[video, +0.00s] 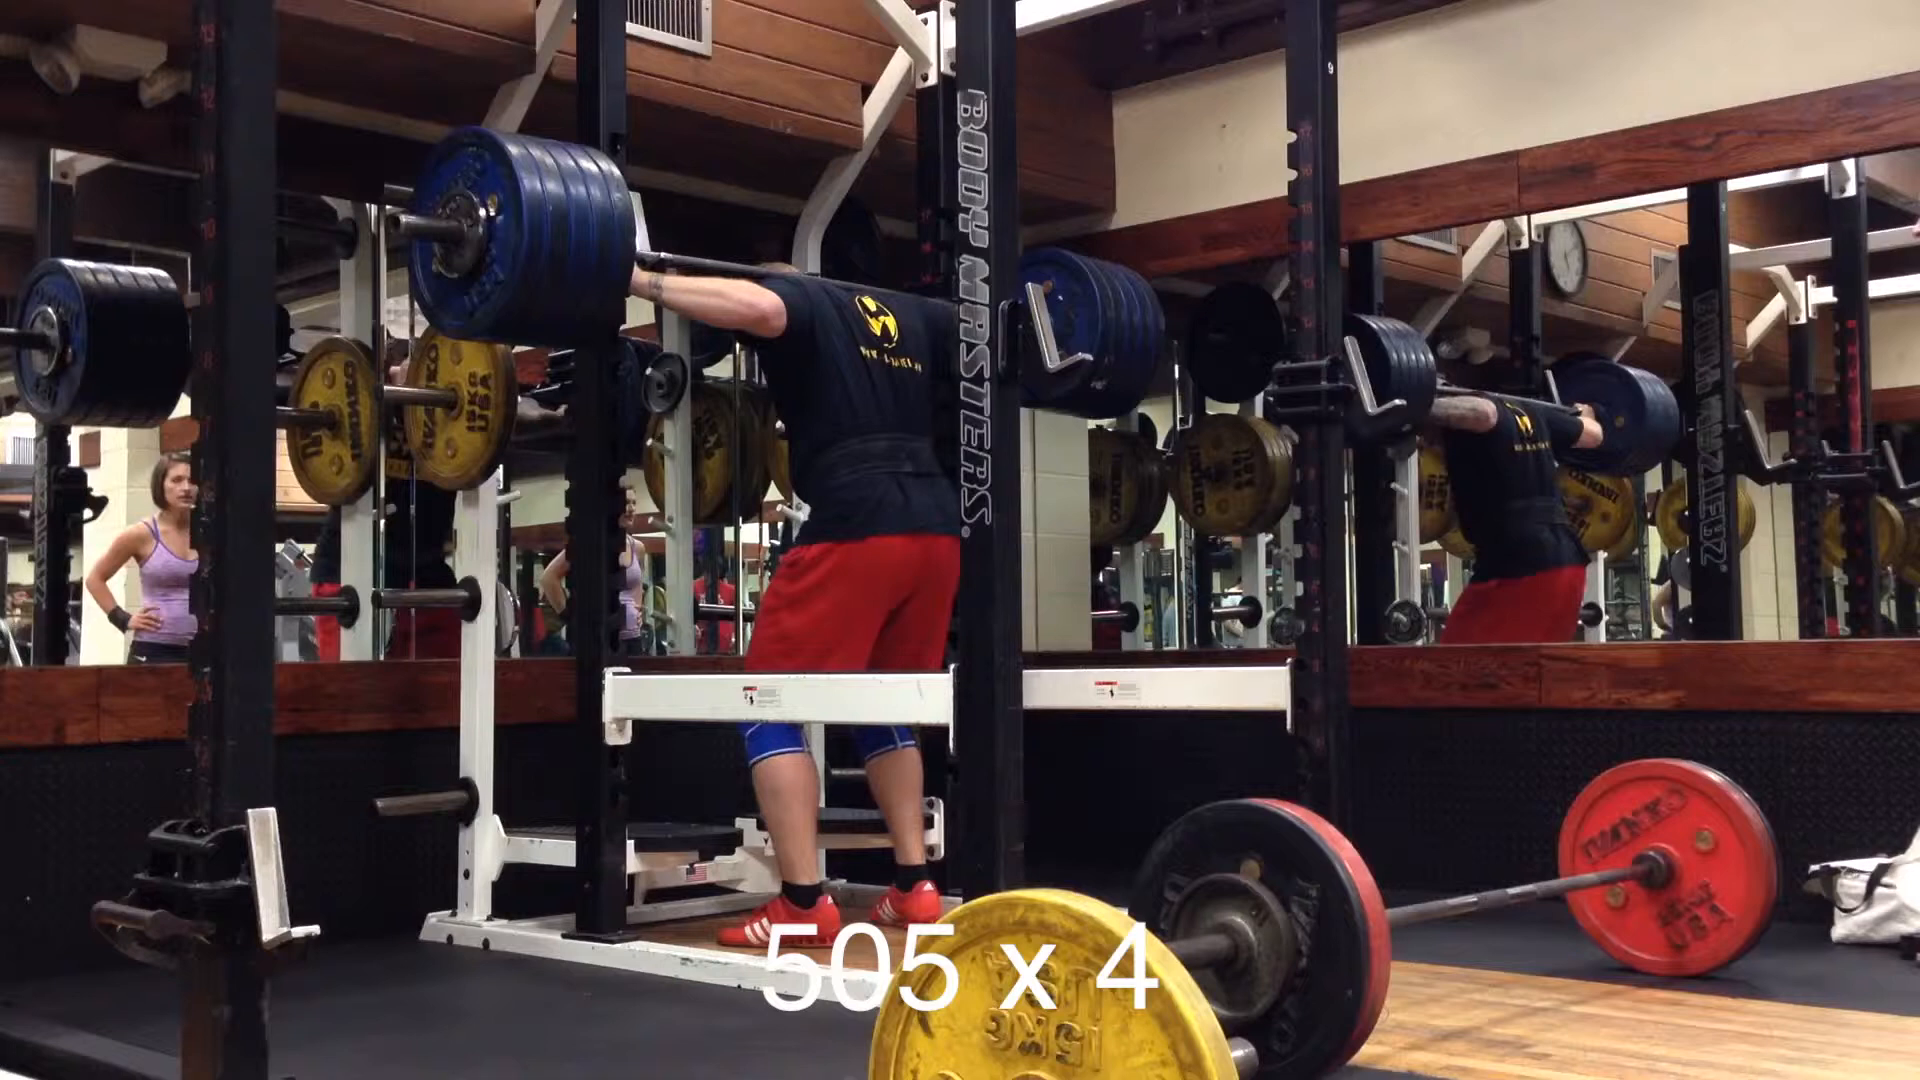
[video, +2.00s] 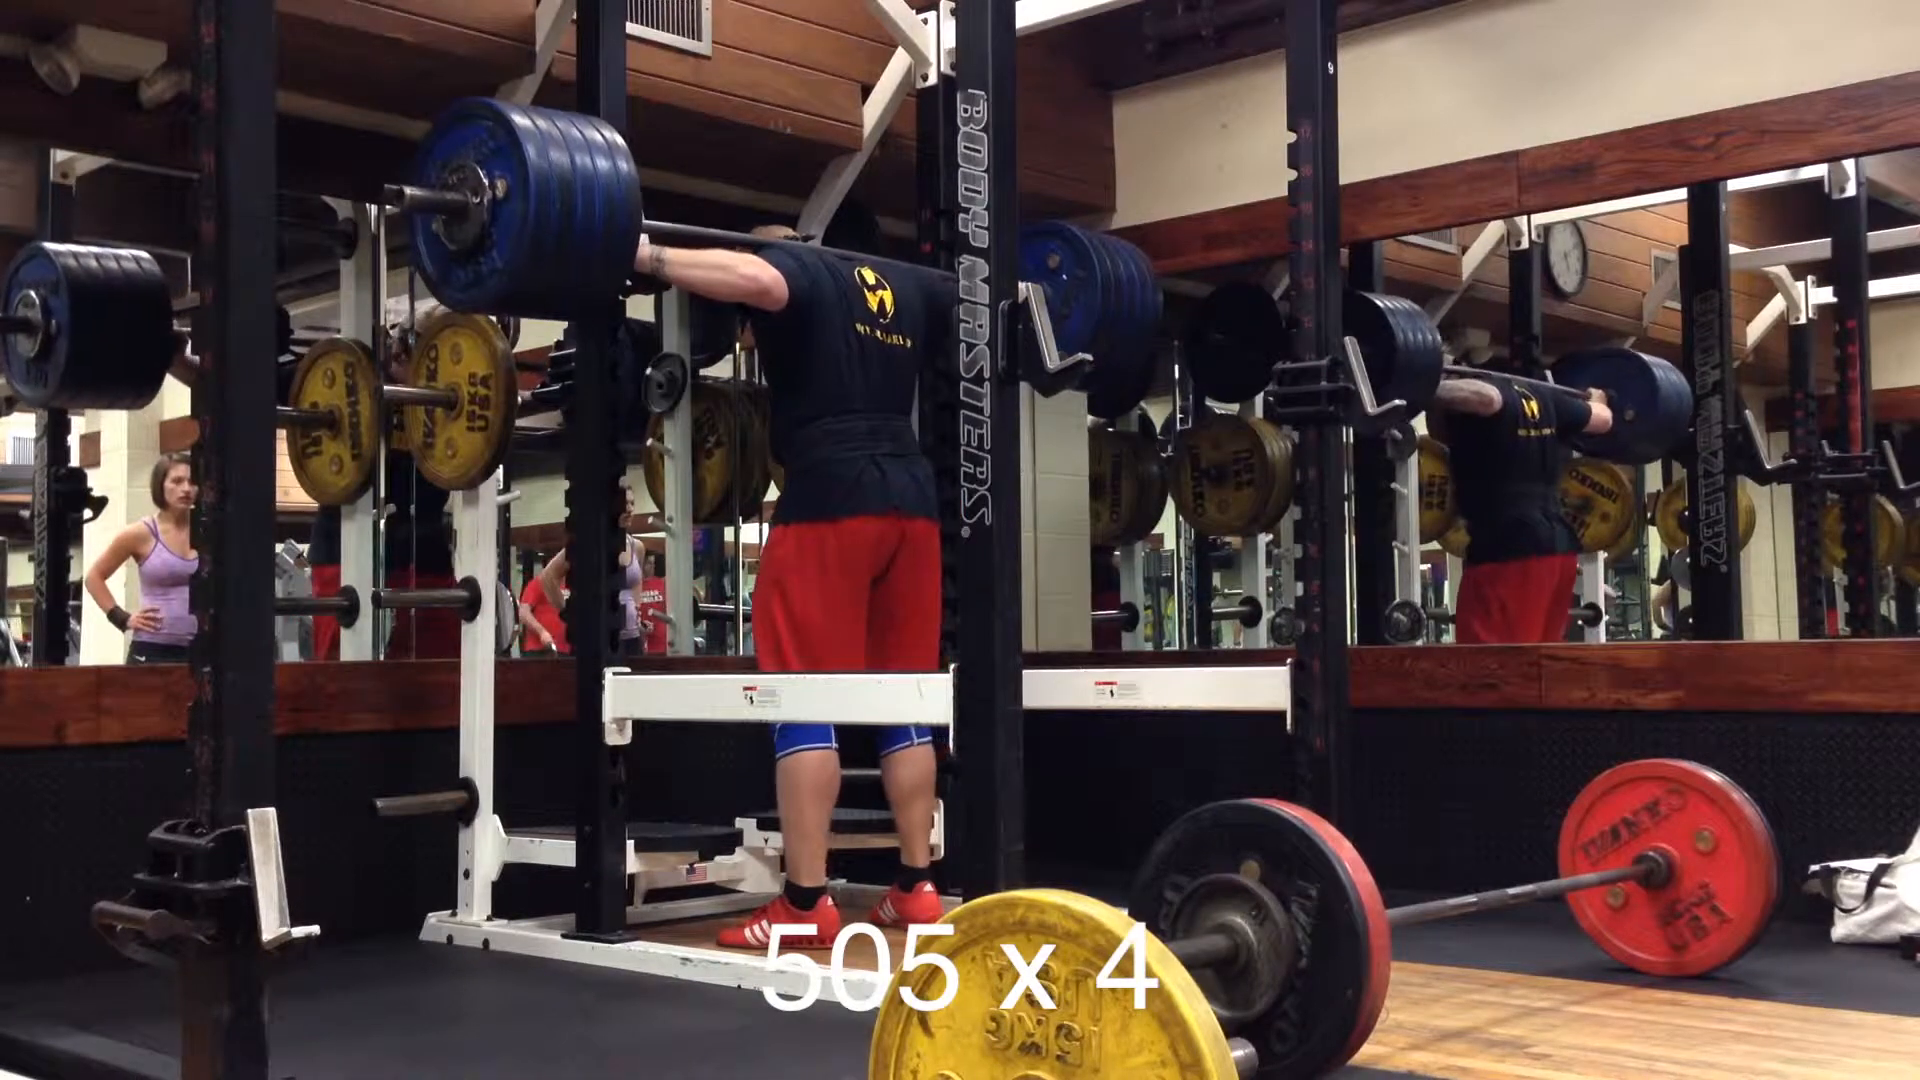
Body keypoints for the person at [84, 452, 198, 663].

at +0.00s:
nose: (187, 488)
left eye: (192, 480)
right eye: (177, 480)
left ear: (200, 486)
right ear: (160, 486)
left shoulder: (205, 530)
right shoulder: (141, 534)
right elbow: (94, 579)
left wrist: (213, 615)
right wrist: (123, 620)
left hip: (200, 647)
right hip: (154, 648)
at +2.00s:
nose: (186, 489)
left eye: (192, 481)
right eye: (177, 481)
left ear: (199, 487)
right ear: (160, 486)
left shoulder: (204, 529)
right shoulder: (140, 534)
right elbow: (94, 578)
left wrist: (212, 614)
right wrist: (123, 619)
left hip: (199, 648)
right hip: (153, 648)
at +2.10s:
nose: (186, 489)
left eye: (192, 482)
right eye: (177, 481)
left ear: (199, 487)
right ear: (160, 486)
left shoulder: (204, 529)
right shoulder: (140, 533)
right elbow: (94, 578)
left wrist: (212, 615)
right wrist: (123, 619)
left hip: (199, 647)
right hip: (153, 648)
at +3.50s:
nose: (185, 489)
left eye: (190, 482)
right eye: (175, 482)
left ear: (198, 487)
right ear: (159, 487)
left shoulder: (204, 528)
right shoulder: (140, 534)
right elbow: (93, 579)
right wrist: (124, 620)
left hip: (199, 648)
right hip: (153, 648)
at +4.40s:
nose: (185, 489)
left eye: (191, 482)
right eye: (176, 482)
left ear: (198, 487)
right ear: (159, 487)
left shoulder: (204, 529)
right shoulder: (141, 534)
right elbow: (93, 579)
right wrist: (123, 619)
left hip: (199, 648)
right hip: (153, 648)